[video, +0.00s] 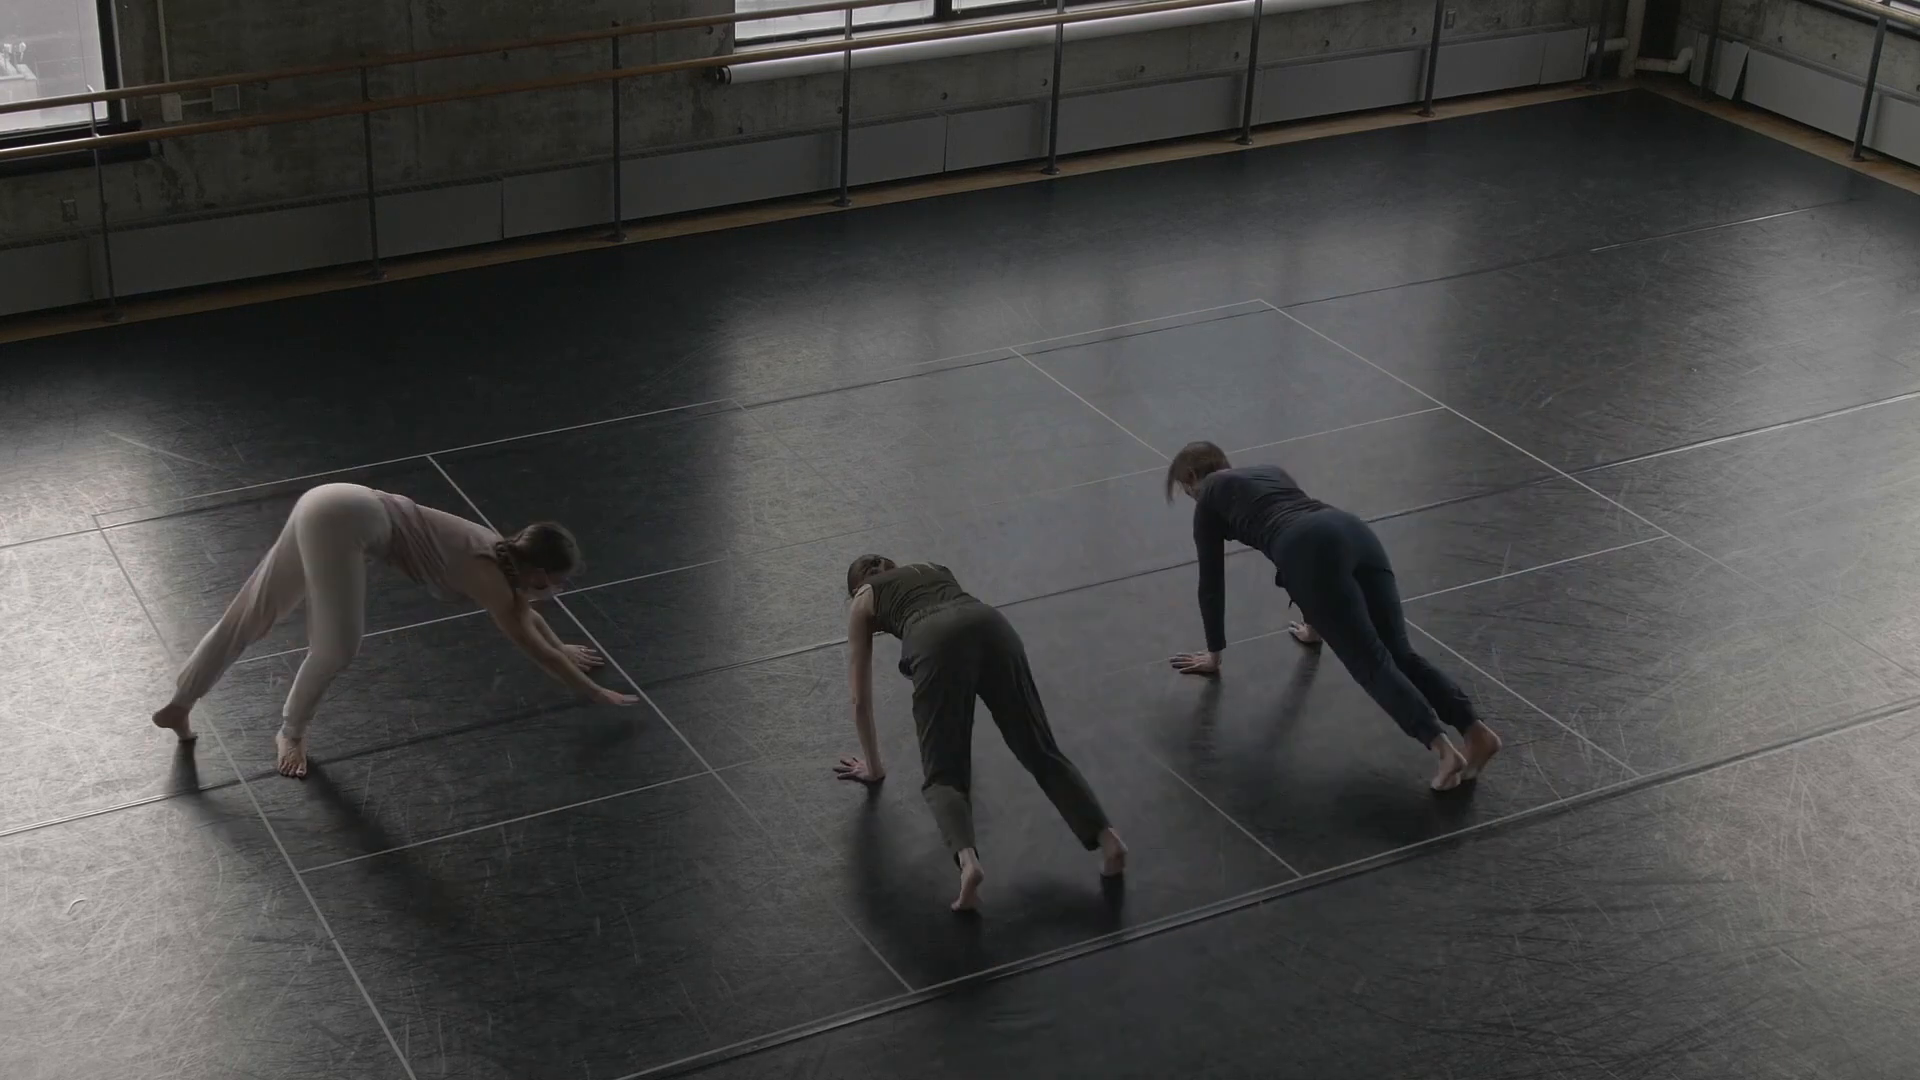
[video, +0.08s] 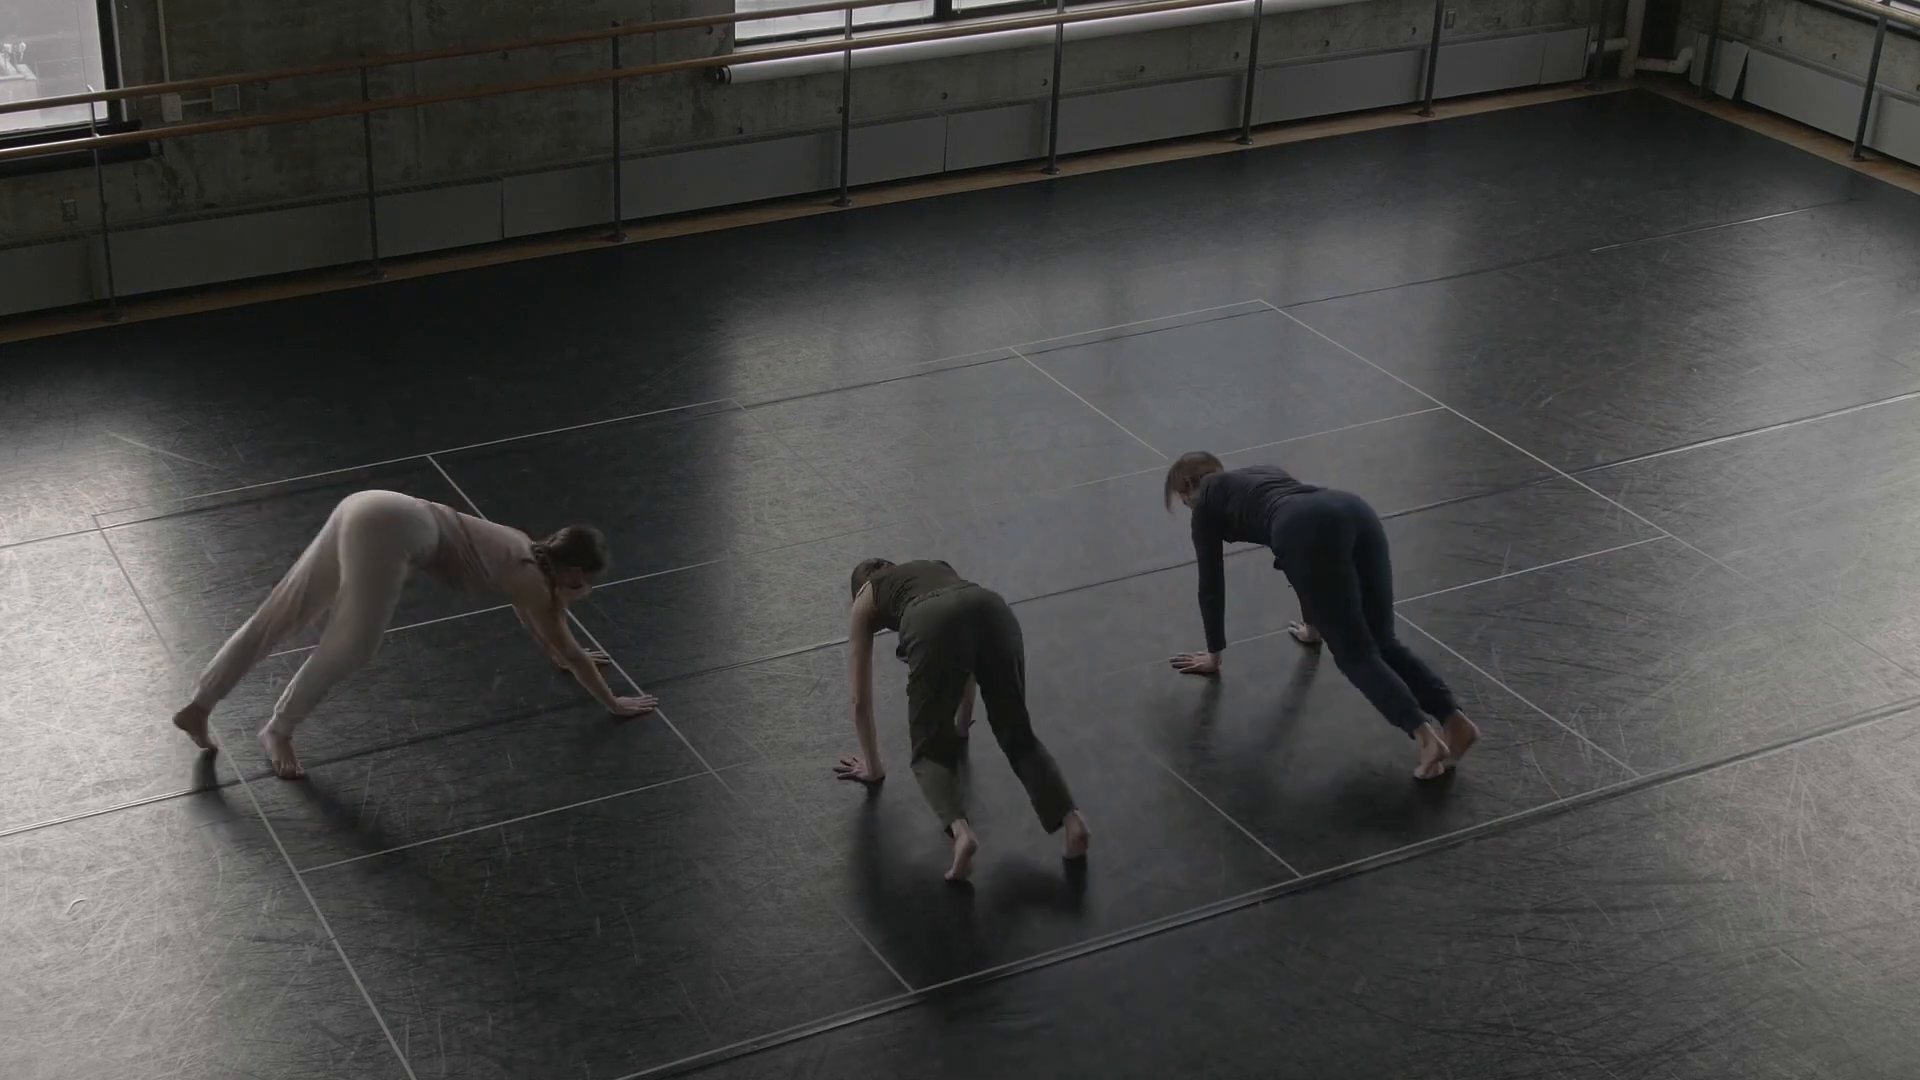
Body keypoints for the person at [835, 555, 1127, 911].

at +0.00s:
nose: (858, 603)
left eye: (857, 597)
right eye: (857, 597)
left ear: (861, 588)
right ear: (890, 564)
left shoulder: (864, 600)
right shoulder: (933, 570)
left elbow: (860, 698)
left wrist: (873, 768)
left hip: (936, 644)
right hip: (992, 627)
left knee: (943, 772)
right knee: (1040, 748)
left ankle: (967, 861)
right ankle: (1107, 838)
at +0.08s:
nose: (860, 606)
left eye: (859, 599)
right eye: (858, 600)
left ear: (864, 586)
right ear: (888, 569)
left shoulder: (866, 599)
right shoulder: (933, 570)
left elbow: (860, 698)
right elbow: (970, 644)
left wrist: (873, 768)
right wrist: (962, 724)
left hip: (933, 625)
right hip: (992, 613)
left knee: (930, 750)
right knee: (1017, 732)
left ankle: (959, 830)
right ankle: (1071, 819)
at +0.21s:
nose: (864, 610)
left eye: (863, 602)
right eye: (862, 604)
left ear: (869, 590)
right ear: (889, 572)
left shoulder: (871, 601)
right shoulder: (938, 569)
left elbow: (863, 698)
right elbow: (975, 647)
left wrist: (873, 769)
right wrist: (960, 726)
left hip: (933, 613)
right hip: (997, 602)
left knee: (911, 712)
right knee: (982, 706)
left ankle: (946, 798)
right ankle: (1026, 794)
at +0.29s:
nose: (868, 612)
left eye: (869, 605)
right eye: (867, 606)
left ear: (875, 592)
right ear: (899, 571)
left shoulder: (875, 603)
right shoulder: (945, 570)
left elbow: (863, 697)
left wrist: (873, 768)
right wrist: (961, 725)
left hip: (932, 618)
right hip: (999, 608)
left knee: (904, 692)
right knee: (966, 684)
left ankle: (938, 785)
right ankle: (1003, 777)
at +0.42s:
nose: (872, 613)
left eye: (872, 607)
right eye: (871, 607)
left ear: (877, 597)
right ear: (903, 577)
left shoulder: (878, 608)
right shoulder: (951, 580)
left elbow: (861, 700)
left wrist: (872, 768)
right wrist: (961, 724)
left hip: (934, 649)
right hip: (1001, 639)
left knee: (902, 689)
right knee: (961, 677)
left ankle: (937, 784)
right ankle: (990, 770)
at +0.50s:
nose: (871, 620)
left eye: (871, 614)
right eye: (869, 615)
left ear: (879, 605)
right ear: (907, 584)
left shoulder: (880, 615)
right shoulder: (956, 587)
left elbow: (857, 711)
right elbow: (972, 653)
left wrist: (873, 769)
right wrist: (961, 724)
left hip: (937, 665)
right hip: (1005, 654)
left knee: (903, 701)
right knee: (964, 690)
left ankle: (941, 791)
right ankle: (993, 782)